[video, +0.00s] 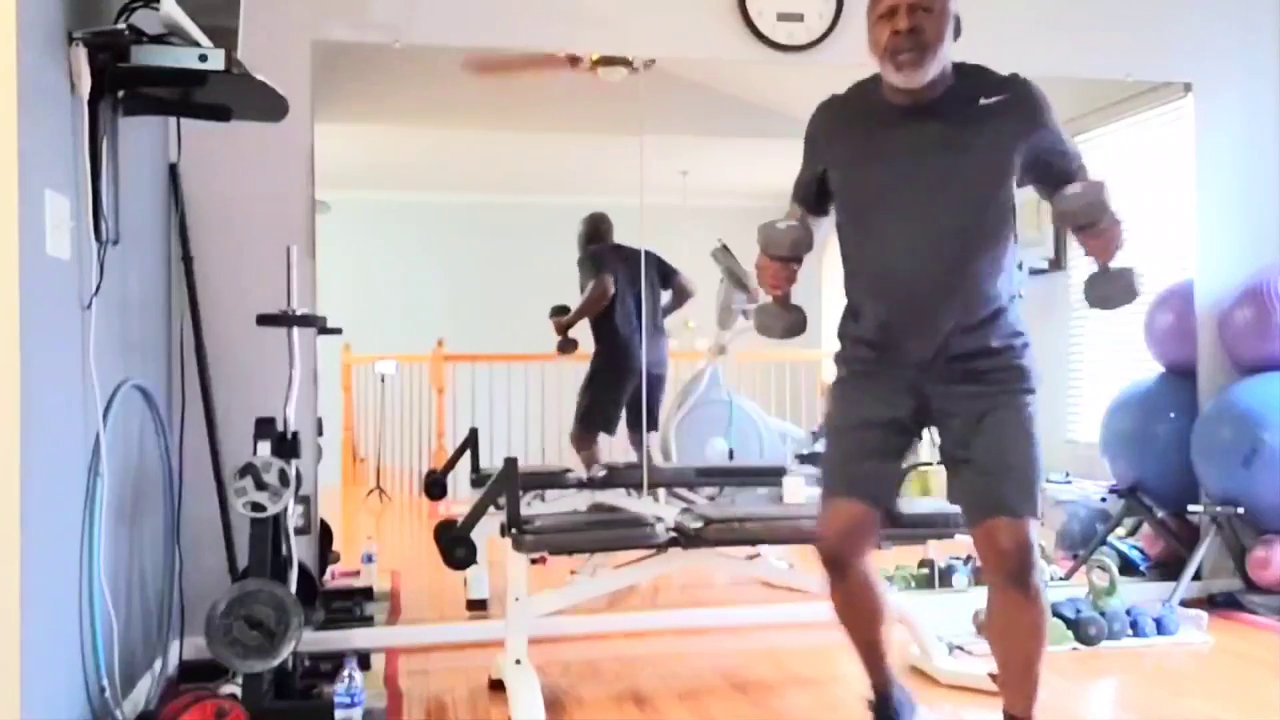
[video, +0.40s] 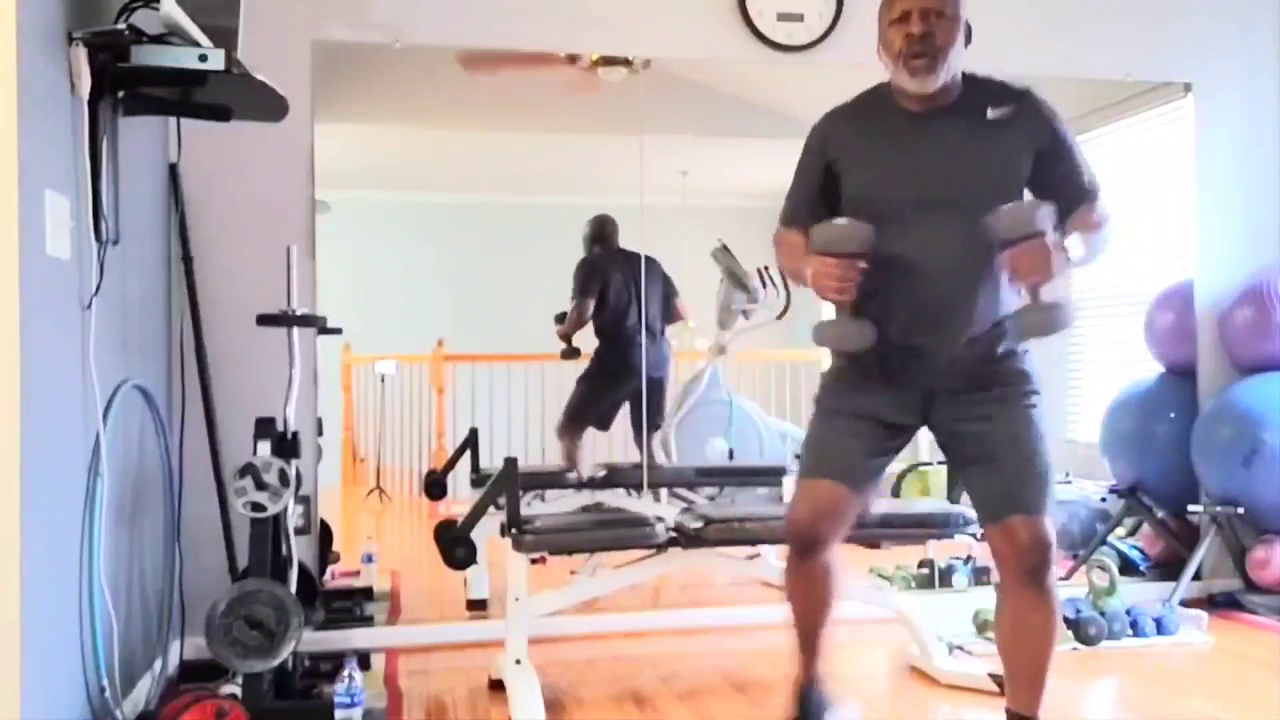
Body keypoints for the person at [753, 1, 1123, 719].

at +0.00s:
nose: (903, 25)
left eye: (921, 9)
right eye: (887, 11)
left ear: (953, 20)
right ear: (867, 26)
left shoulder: (1012, 104)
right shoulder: (836, 121)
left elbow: (1073, 191)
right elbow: (802, 216)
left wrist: (1096, 227)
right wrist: (778, 259)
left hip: (985, 360)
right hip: (874, 362)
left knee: (1010, 549)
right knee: (840, 541)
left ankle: (1019, 713)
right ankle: (886, 696)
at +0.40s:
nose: (917, 30)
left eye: (933, 16)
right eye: (900, 17)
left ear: (963, 27)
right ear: (880, 33)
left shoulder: (1022, 117)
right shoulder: (840, 130)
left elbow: (1090, 218)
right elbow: (789, 239)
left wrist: (1061, 250)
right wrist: (810, 268)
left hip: (986, 373)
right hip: (872, 371)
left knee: (1028, 549)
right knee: (807, 531)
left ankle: (1024, 713)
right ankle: (809, 684)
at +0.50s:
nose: (904, 66)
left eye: (921, 54)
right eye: (889, 56)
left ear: (951, 72)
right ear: (870, 76)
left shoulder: (1007, 157)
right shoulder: (828, 169)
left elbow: (1067, 272)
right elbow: (782, 289)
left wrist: (1018, 286)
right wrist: (822, 296)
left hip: (975, 399)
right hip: (859, 394)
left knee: (1045, 565)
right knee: (778, 547)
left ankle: (1027, 716)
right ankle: (736, 710)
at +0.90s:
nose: (796, 61)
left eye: (812, 46)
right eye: (781, 48)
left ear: (842, 56)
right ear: (760, 62)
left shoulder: (894, 142)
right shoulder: (726, 155)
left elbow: (955, 250)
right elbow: (674, 265)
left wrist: (934, 267)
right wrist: (702, 282)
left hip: (867, 376)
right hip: (758, 380)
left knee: (946, 538)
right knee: (717, 555)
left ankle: (975, 703)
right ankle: (718, 713)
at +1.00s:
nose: (777, 22)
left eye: (795, 6)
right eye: (760, 7)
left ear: (828, 14)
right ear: (740, 18)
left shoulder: (878, 111)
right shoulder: (704, 119)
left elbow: (920, 209)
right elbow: (657, 223)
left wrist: (931, 231)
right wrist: (659, 250)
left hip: (846, 356)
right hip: (735, 360)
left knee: (906, 529)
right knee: (713, 546)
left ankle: (878, 696)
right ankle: (718, 714)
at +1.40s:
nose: (745, 18)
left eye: (762, 3)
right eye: (730, 4)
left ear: (791, 14)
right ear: (712, 15)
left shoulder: (842, 110)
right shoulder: (667, 107)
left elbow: (891, 212)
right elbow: (603, 212)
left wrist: (875, 232)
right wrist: (632, 240)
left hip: (787, 364)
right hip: (676, 358)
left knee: (812, 544)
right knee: (632, 522)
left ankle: (803, 715)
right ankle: (656, 692)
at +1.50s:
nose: (732, 41)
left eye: (749, 26)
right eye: (717, 29)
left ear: (776, 39)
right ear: (698, 44)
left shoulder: (822, 137)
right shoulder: (654, 141)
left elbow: (879, 254)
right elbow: (596, 263)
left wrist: (847, 254)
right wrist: (655, 268)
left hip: (777, 382)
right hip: (666, 375)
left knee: (829, 553)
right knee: (596, 537)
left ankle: (806, 714)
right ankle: (569, 703)